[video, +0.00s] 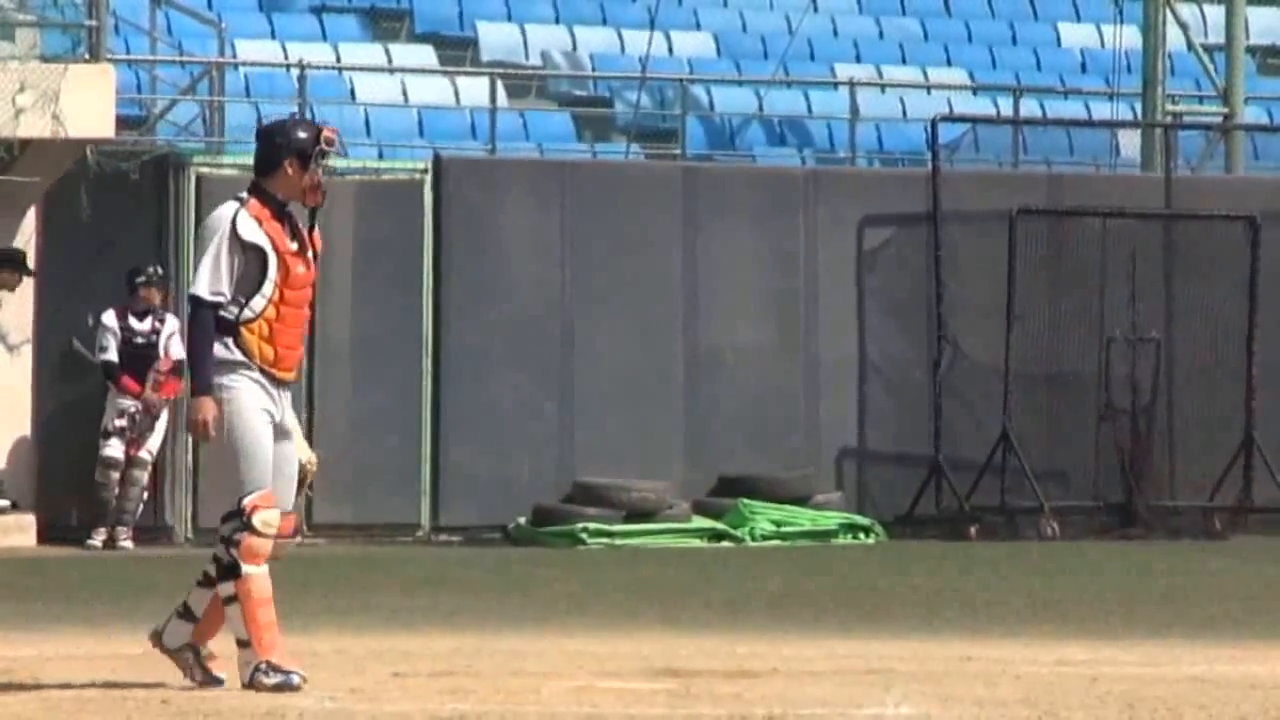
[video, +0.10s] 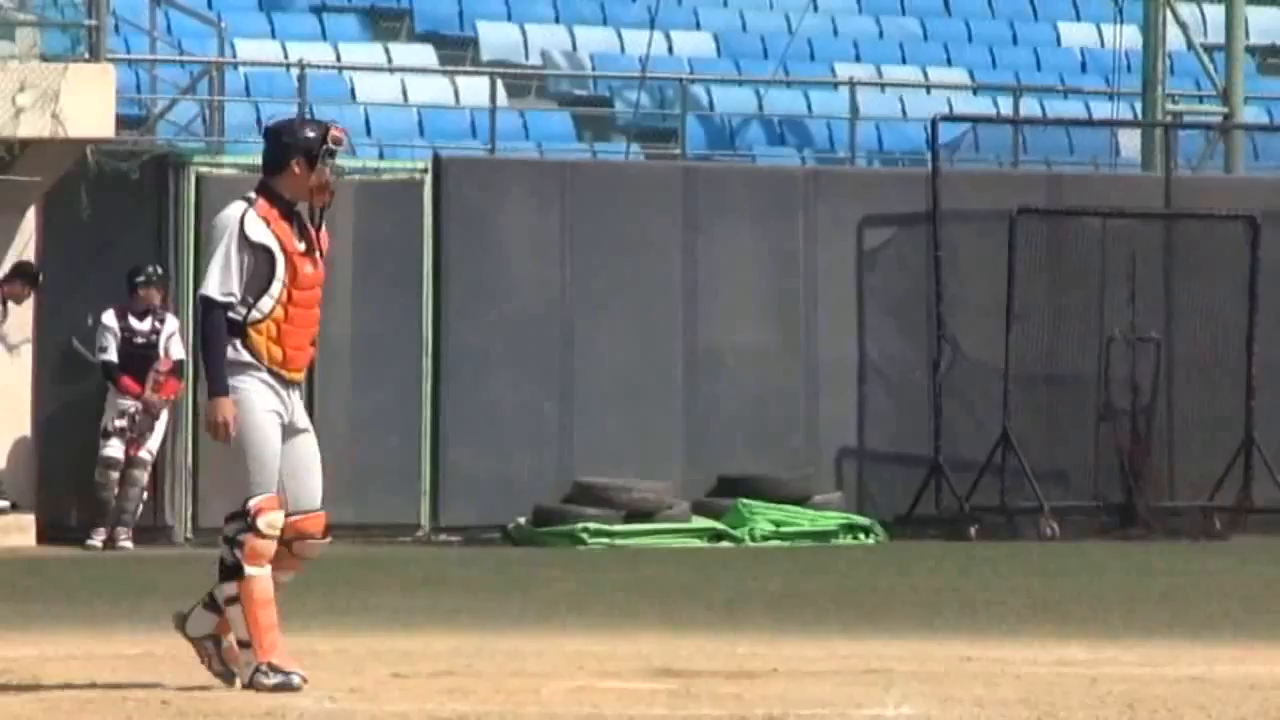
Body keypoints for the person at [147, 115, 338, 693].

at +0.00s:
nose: (320, 176)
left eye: (320, 165)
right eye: (312, 165)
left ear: (289, 167)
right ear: (286, 165)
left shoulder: (295, 227)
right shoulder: (235, 219)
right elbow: (202, 304)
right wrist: (200, 387)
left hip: (278, 385)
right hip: (236, 379)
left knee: (279, 522)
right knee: (254, 520)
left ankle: (186, 630)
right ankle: (263, 659)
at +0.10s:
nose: (327, 173)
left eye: (328, 163)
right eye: (320, 163)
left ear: (302, 166)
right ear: (294, 165)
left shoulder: (305, 223)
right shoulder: (244, 219)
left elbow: (290, 302)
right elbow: (214, 304)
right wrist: (217, 390)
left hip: (289, 385)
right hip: (248, 381)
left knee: (307, 528)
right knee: (261, 521)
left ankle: (210, 619)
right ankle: (264, 662)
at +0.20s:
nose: (347, 177)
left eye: (349, 166)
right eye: (339, 166)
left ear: (326, 168)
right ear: (308, 165)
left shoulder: (323, 224)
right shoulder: (263, 221)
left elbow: (305, 302)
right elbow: (244, 310)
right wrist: (265, 391)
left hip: (309, 388)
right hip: (266, 387)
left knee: (352, 516)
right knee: (270, 526)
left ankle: (286, 640)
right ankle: (261, 661)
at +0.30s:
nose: (361, 178)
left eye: (367, 168)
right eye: (351, 165)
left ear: (367, 173)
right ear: (320, 163)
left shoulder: (345, 226)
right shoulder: (279, 221)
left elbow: (324, 307)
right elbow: (264, 314)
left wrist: (328, 373)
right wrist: (308, 385)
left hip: (327, 385)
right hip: (277, 386)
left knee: (377, 507)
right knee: (279, 525)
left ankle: (354, 649)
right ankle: (263, 661)